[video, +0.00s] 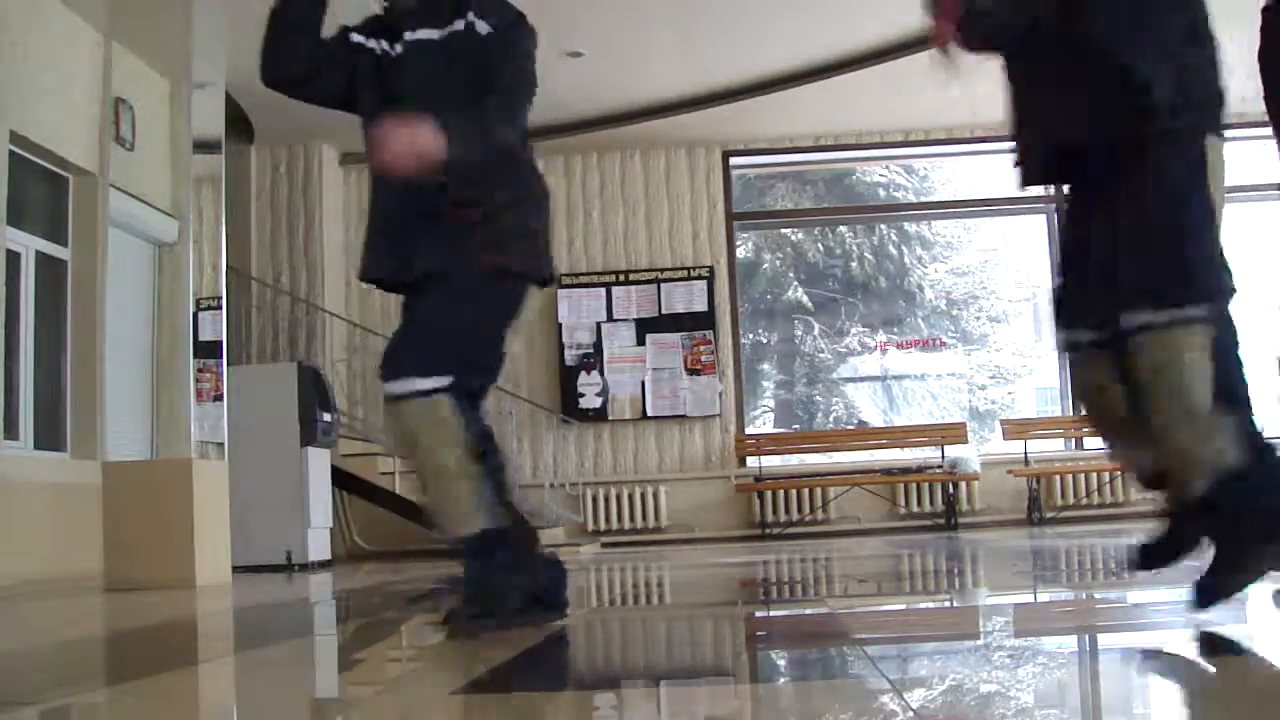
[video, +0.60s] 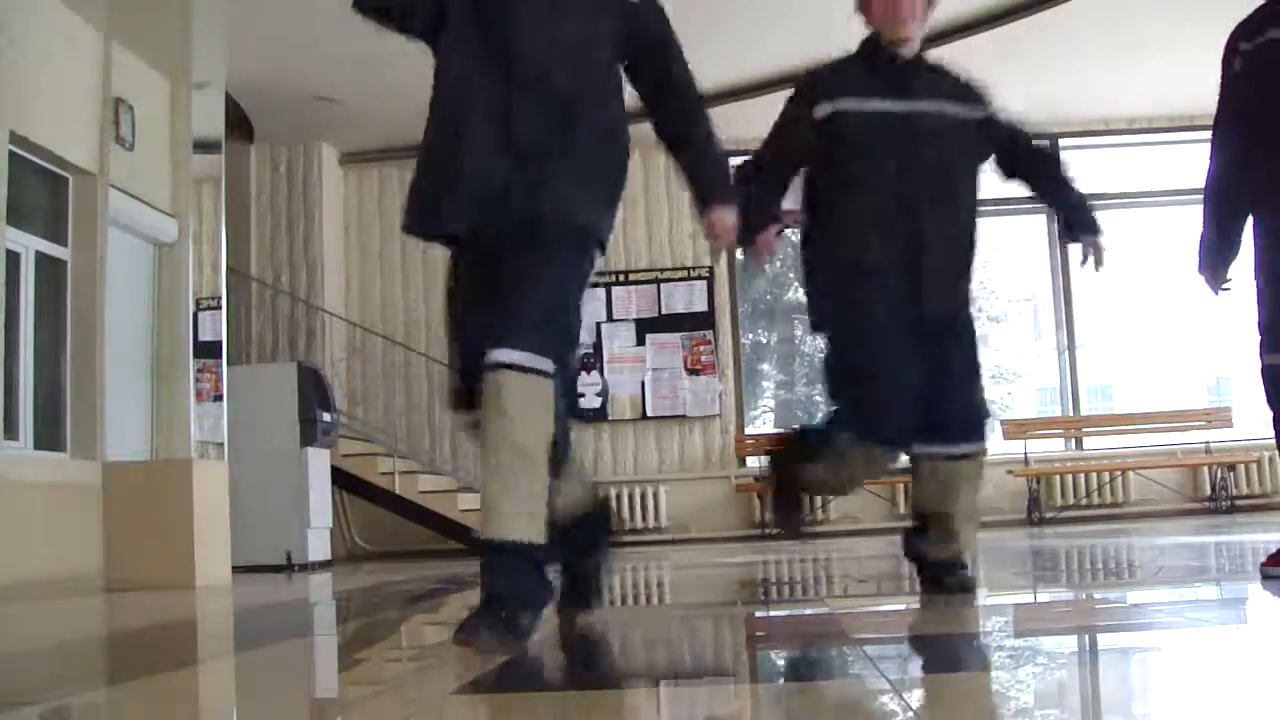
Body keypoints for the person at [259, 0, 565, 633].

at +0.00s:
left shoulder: (494, 19)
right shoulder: (380, 39)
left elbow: (507, 117)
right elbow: (288, 67)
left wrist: (442, 140)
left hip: (494, 243)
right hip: (427, 251)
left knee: (416, 377)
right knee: (449, 408)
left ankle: (491, 560)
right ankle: (524, 568)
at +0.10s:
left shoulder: (511, 5)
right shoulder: (399, 53)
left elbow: (511, 44)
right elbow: (302, 54)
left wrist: (417, 22)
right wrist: (327, 3)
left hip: (508, 211)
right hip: (448, 227)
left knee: (469, 387)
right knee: (446, 419)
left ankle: (610, 461)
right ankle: (522, 574)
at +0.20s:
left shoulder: (511, 10)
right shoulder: (402, 16)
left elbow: (552, 11)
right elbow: (314, 24)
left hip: (535, 166)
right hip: (471, 188)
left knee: (504, 335)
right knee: (483, 388)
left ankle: (626, 454)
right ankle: (533, 562)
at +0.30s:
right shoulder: (417, 16)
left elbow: (620, 17)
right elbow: (328, 18)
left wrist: (578, 6)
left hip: (551, 150)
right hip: (473, 176)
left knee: (536, 334)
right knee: (516, 366)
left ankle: (606, 537)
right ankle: (590, 540)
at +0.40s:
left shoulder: (562, 11)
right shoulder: (426, 29)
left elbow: (632, 39)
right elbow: (346, 34)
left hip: (569, 197)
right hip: (491, 218)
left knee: (561, 374)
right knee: (559, 391)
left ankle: (556, 562)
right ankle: (646, 549)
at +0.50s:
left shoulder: (597, 14)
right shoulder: (449, 24)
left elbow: (668, 75)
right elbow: (363, 28)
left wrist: (731, 143)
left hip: (575, 212)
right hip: (489, 221)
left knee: (546, 379)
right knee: (548, 395)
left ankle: (529, 585)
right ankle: (638, 560)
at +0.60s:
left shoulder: (619, 8)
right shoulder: (458, 8)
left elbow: (665, 79)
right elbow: (398, 6)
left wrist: (716, 188)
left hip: (566, 180)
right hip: (475, 183)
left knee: (520, 367)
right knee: (482, 393)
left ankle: (511, 593)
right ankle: (581, 521)